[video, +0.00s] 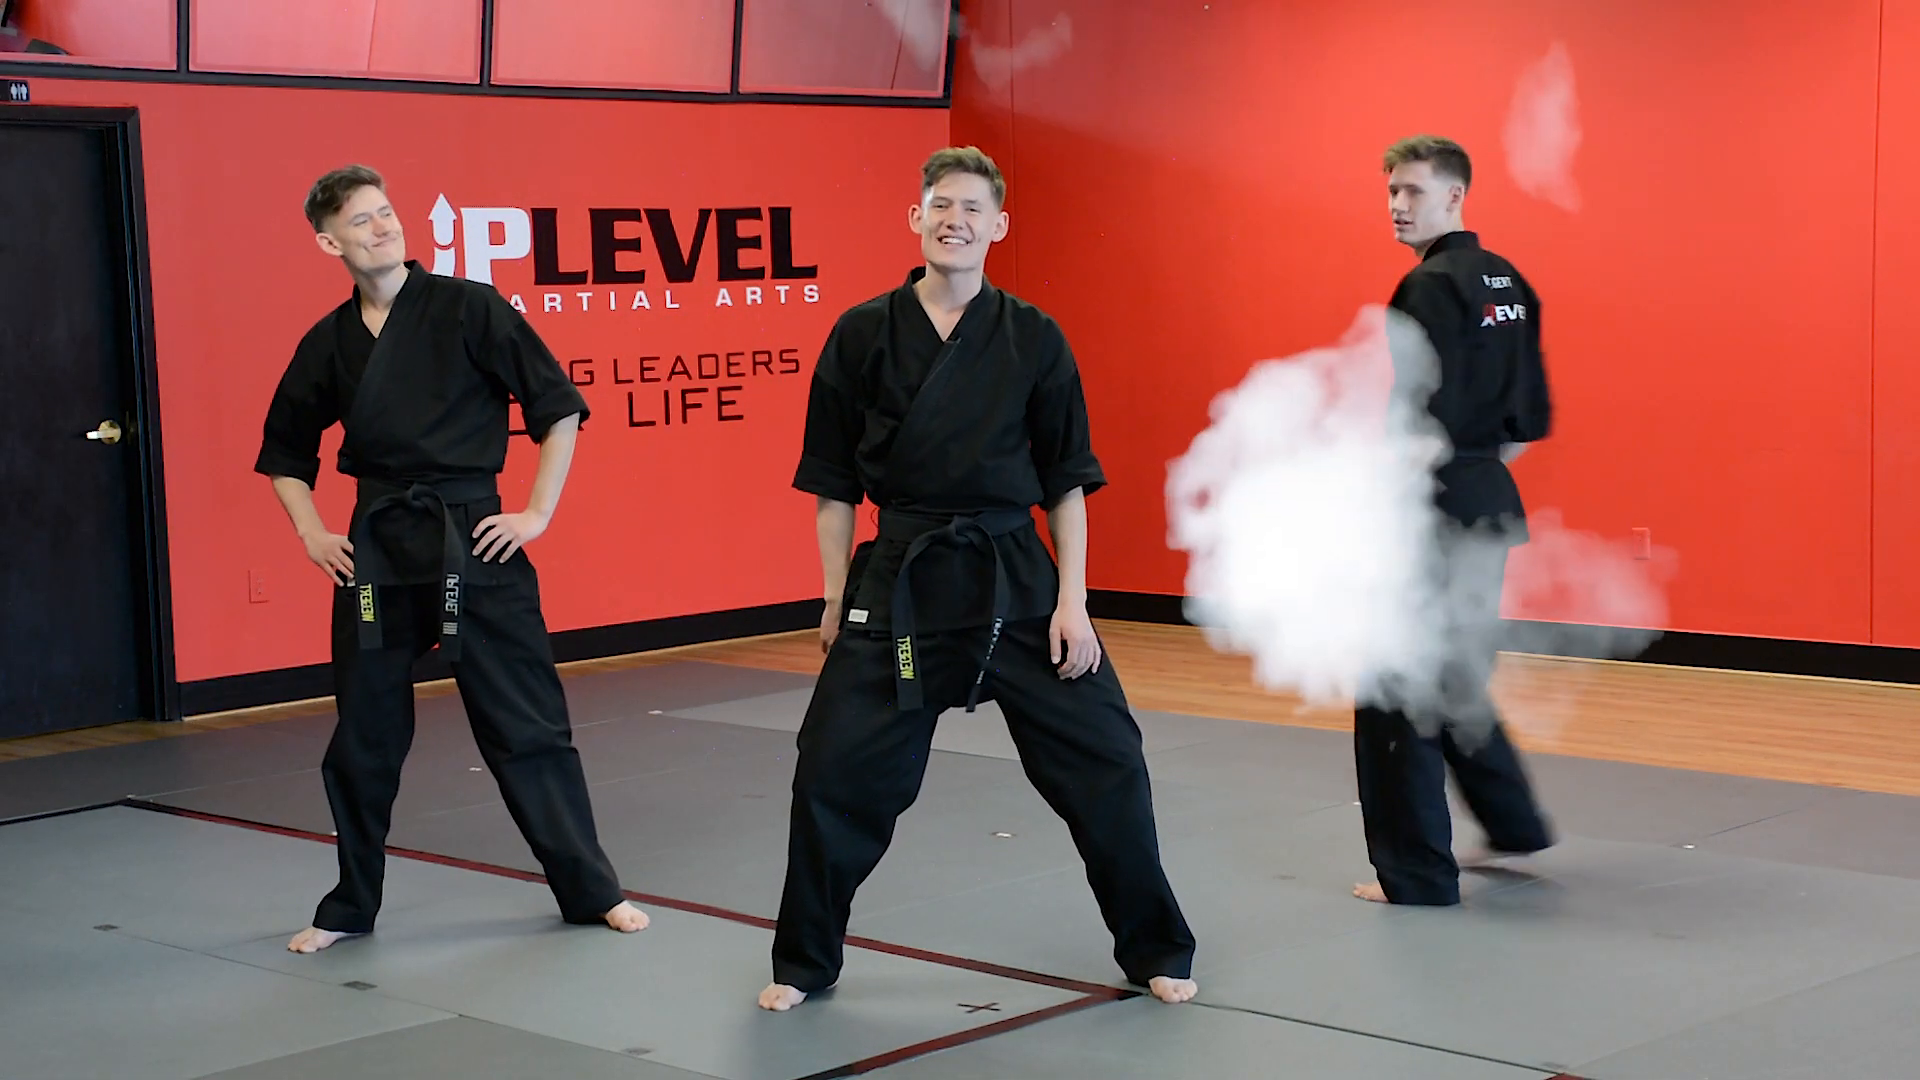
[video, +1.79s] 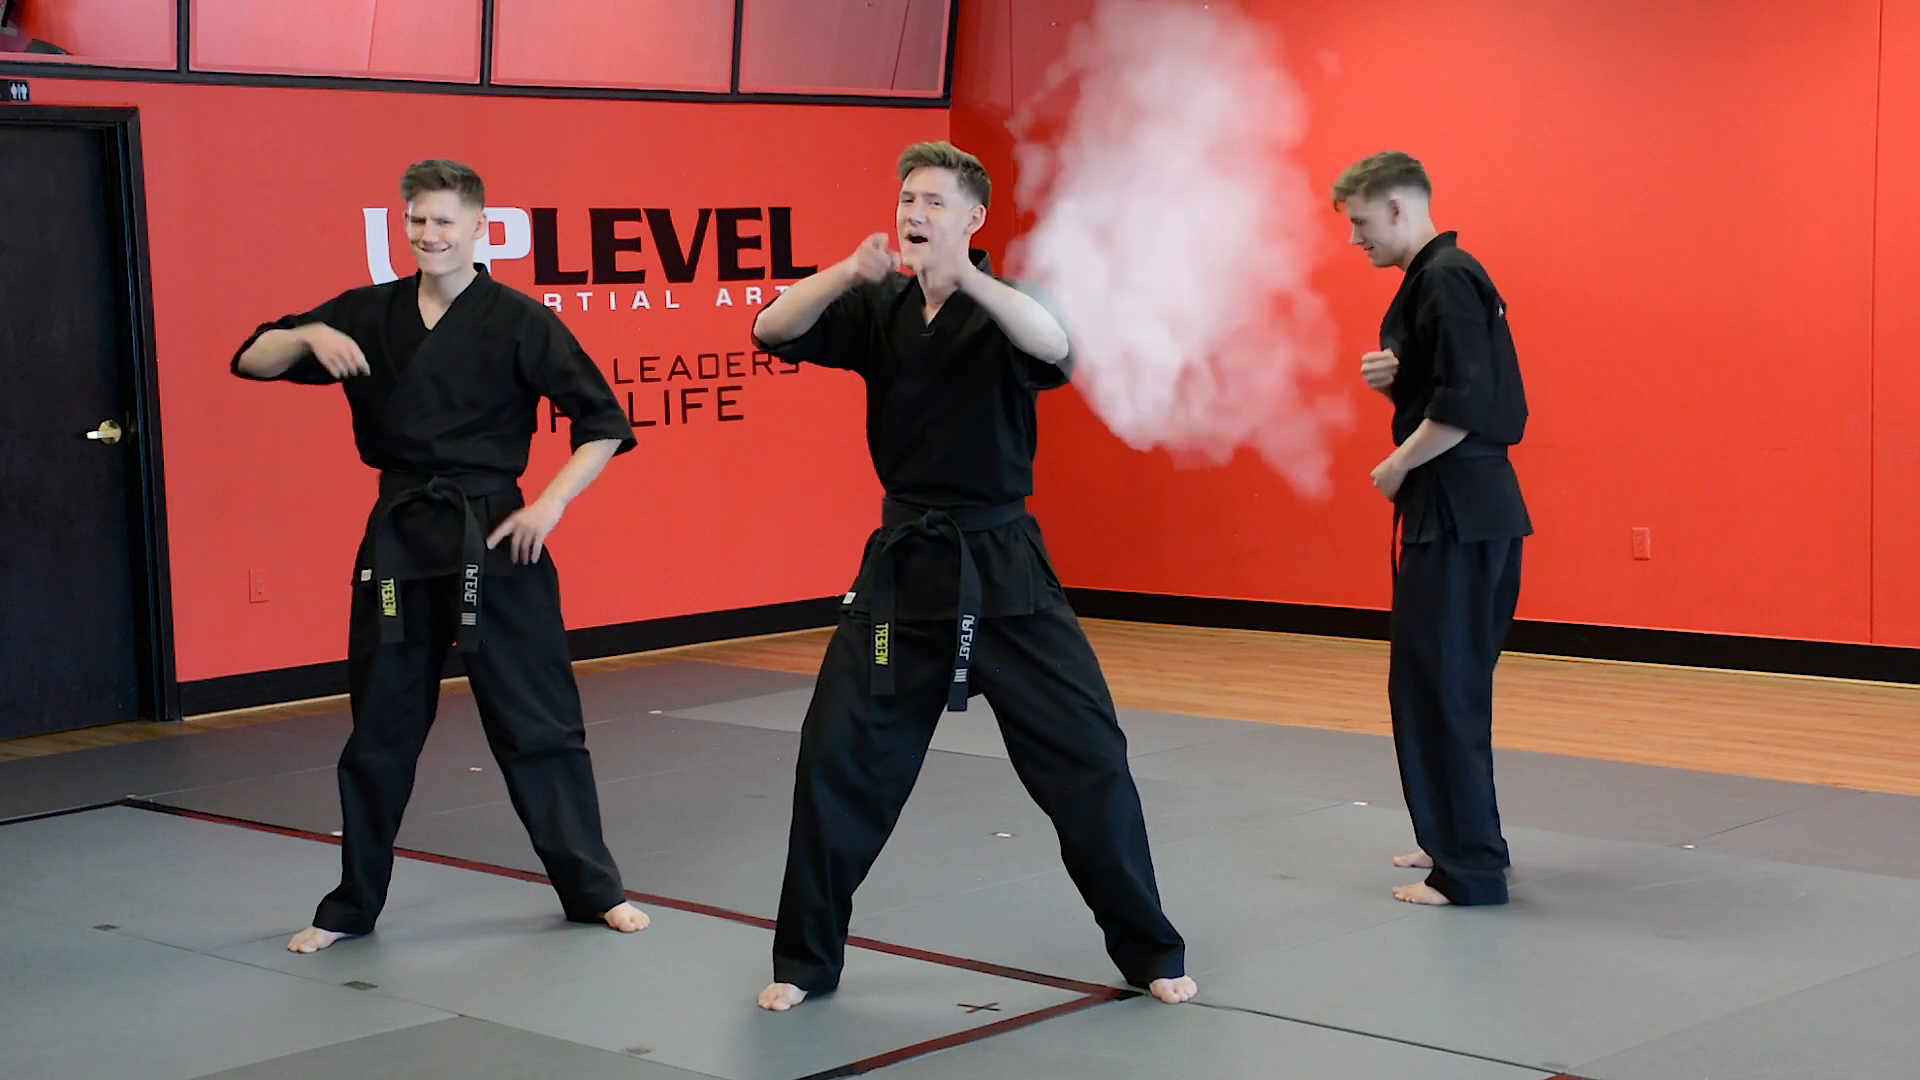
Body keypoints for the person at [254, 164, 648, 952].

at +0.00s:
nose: (381, 226)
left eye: (386, 212)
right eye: (360, 220)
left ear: (403, 223)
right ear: (330, 245)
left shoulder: (472, 308)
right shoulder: (327, 344)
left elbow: (561, 407)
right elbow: (285, 450)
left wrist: (537, 514)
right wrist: (311, 531)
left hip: (476, 539)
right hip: (378, 546)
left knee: (529, 725)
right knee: (363, 740)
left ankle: (591, 892)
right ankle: (351, 906)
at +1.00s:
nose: (366, 238)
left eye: (380, 223)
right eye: (352, 226)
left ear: (413, 229)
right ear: (338, 239)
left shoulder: (479, 310)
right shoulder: (336, 344)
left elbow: (567, 409)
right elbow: (283, 438)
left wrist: (541, 511)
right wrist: (269, 461)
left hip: (478, 539)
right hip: (379, 544)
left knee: (530, 724)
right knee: (366, 737)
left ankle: (592, 891)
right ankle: (352, 905)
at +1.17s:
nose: (370, 244)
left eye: (384, 230)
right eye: (361, 231)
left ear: (427, 231)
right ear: (354, 235)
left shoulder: (489, 313)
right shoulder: (339, 338)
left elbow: (577, 414)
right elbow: (257, 430)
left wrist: (543, 515)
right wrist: (231, 357)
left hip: (482, 537)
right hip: (382, 542)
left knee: (532, 724)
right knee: (368, 737)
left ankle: (592, 892)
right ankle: (351, 908)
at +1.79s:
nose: (427, 234)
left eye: (443, 222)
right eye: (417, 221)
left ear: (479, 228)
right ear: (405, 226)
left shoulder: (520, 320)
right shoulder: (367, 314)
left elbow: (607, 425)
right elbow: (250, 360)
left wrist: (549, 505)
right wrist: (308, 335)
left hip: (499, 538)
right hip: (399, 540)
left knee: (541, 725)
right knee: (379, 735)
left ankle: (593, 891)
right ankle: (353, 905)